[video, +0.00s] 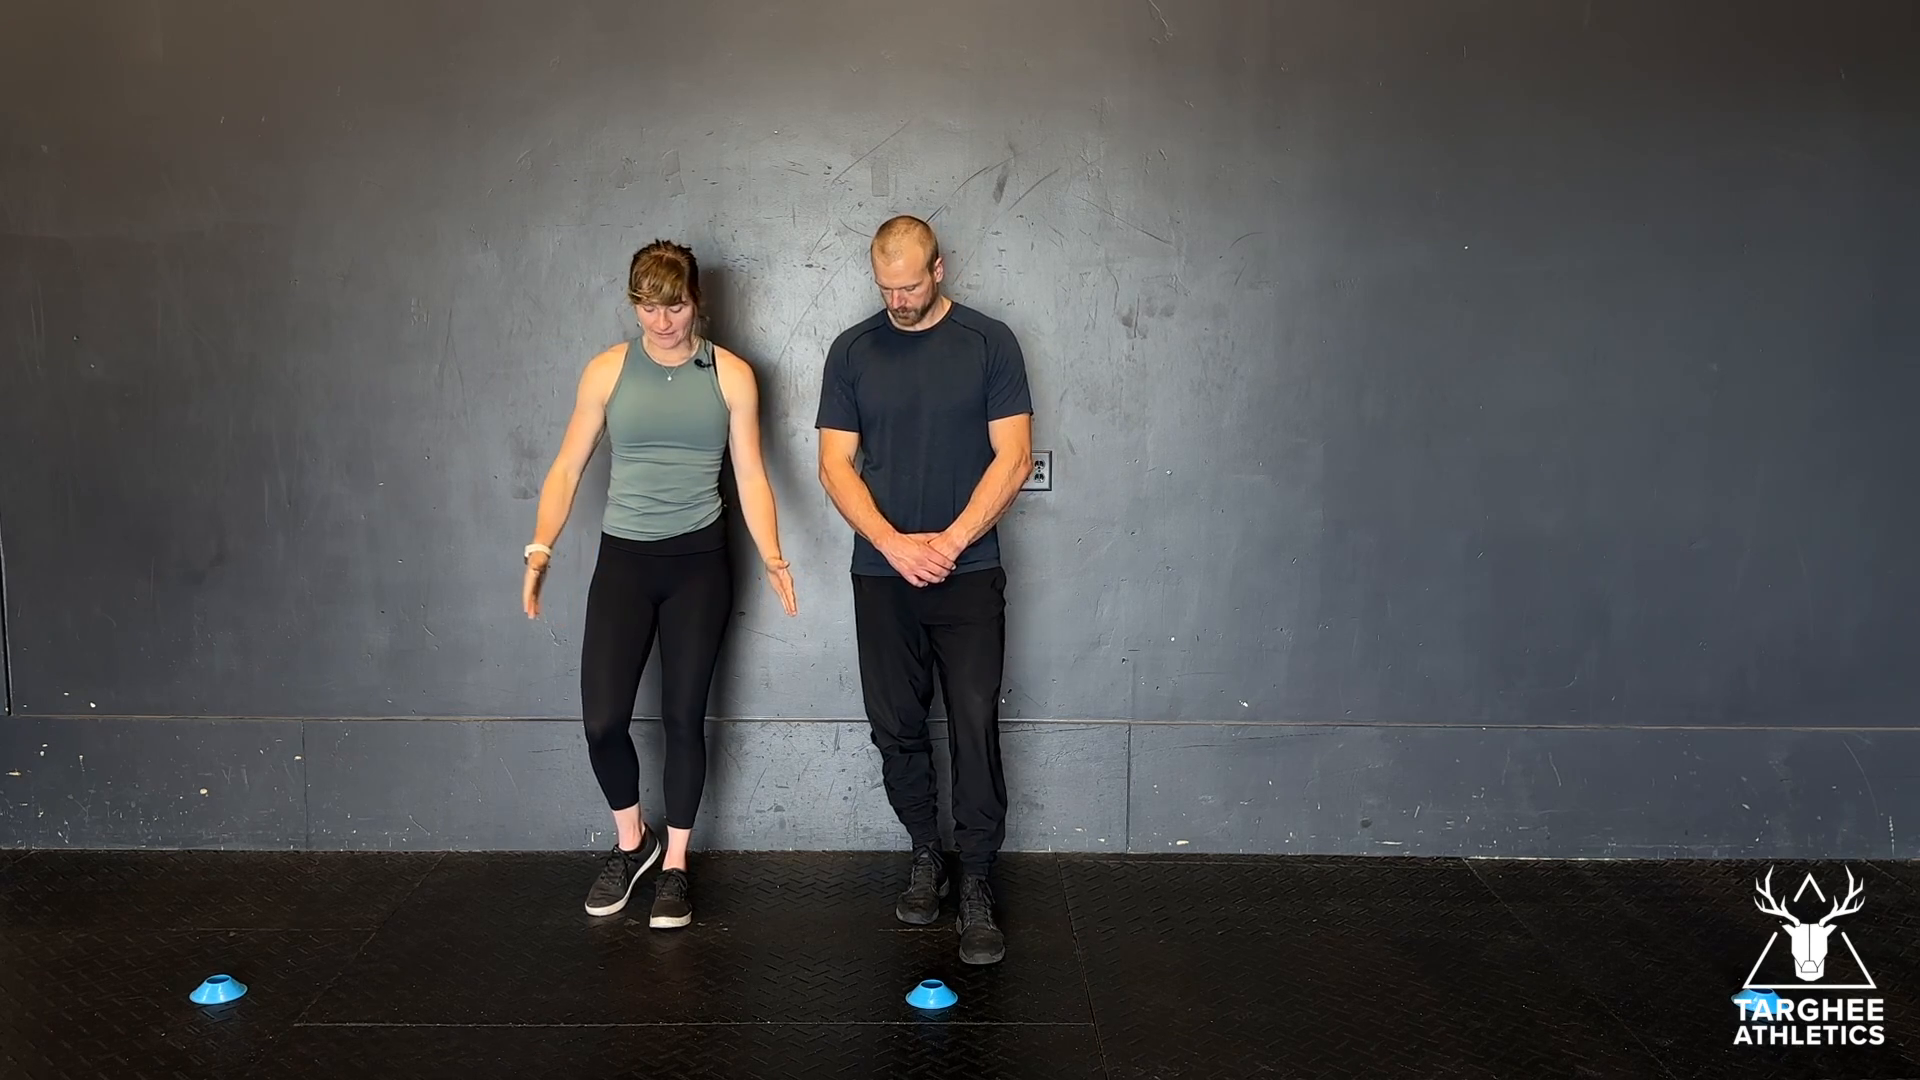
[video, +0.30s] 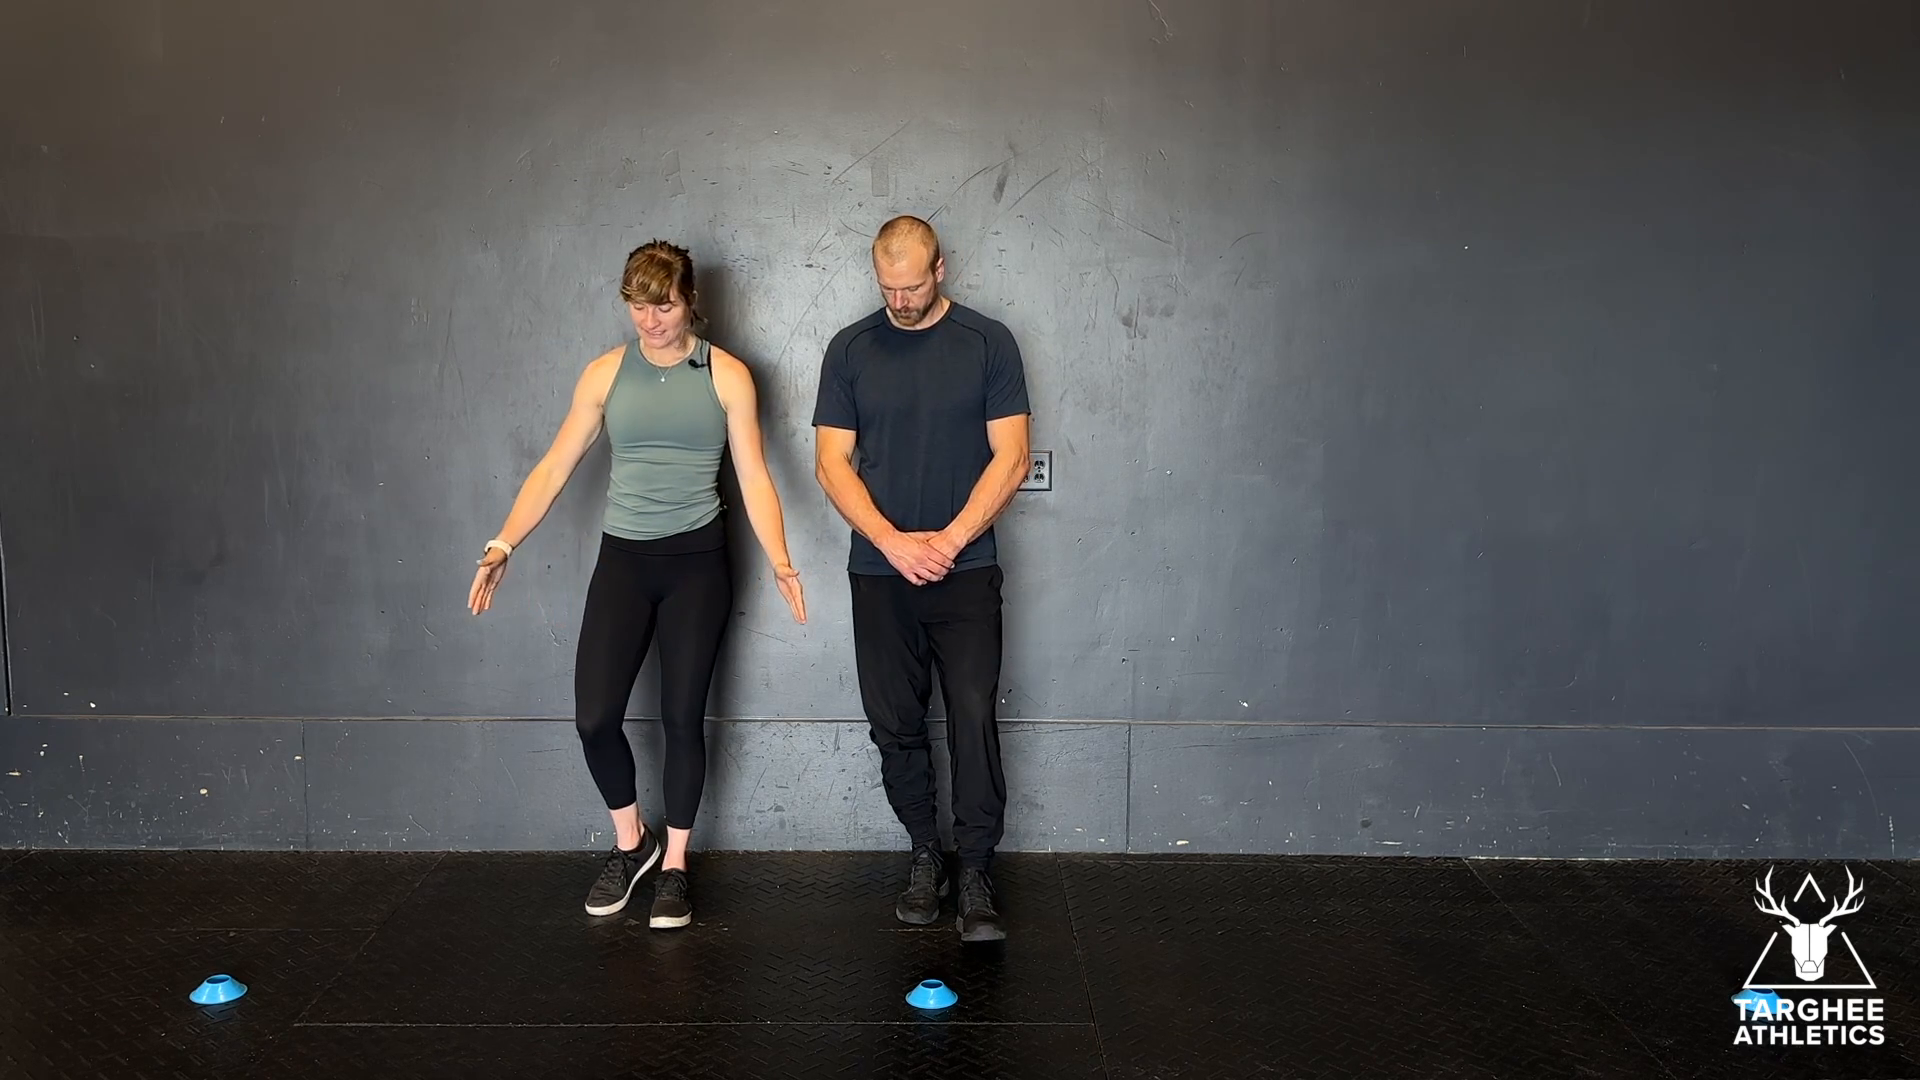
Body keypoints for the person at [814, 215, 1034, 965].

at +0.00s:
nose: (900, 300)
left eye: (911, 287)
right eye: (888, 288)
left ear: (937, 270)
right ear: (872, 277)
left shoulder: (988, 342)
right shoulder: (852, 351)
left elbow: (1014, 459)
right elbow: (834, 467)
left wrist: (950, 541)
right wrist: (890, 541)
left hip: (968, 572)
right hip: (883, 573)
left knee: (974, 727)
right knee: (897, 728)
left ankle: (977, 884)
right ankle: (929, 858)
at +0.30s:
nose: (901, 300)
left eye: (912, 288)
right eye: (889, 288)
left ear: (938, 270)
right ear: (874, 275)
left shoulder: (987, 342)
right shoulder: (850, 349)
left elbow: (1013, 459)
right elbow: (830, 463)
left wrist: (949, 540)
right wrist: (889, 539)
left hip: (964, 565)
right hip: (879, 566)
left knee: (973, 718)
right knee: (896, 721)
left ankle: (975, 869)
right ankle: (925, 854)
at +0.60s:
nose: (900, 305)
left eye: (911, 293)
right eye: (889, 293)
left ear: (939, 274)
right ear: (874, 278)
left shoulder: (988, 343)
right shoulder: (851, 347)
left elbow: (1011, 460)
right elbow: (831, 462)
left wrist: (947, 538)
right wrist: (886, 538)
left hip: (963, 567)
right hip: (879, 568)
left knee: (972, 716)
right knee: (895, 722)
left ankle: (975, 874)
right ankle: (926, 854)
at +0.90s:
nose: (906, 299)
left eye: (917, 286)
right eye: (894, 287)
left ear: (940, 271)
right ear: (877, 276)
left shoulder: (987, 342)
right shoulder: (851, 349)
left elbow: (1011, 459)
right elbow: (831, 463)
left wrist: (948, 538)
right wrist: (888, 539)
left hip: (965, 570)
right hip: (882, 571)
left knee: (971, 725)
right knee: (897, 725)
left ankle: (977, 881)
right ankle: (929, 856)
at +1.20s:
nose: (917, 305)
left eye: (928, 294)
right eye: (905, 295)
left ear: (944, 275)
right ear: (884, 277)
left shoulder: (986, 341)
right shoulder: (850, 350)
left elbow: (1013, 457)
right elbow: (832, 466)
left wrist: (952, 539)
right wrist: (891, 540)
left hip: (966, 569)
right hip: (883, 572)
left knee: (972, 724)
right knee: (897, 725)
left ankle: (977, 882)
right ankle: (928, 858)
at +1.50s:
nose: (935, 296)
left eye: (943, 283)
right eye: (922, 285)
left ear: (951, 270)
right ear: (891, 274)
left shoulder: (984, 341)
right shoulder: (849, 348)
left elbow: (1011, 457)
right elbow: (831, 465)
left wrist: (953, 538)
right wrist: (893, 539)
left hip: (965, 567)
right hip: (882, 571)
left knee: (970, 725)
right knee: (897, 725)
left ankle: (977, 883)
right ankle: (928, 857)